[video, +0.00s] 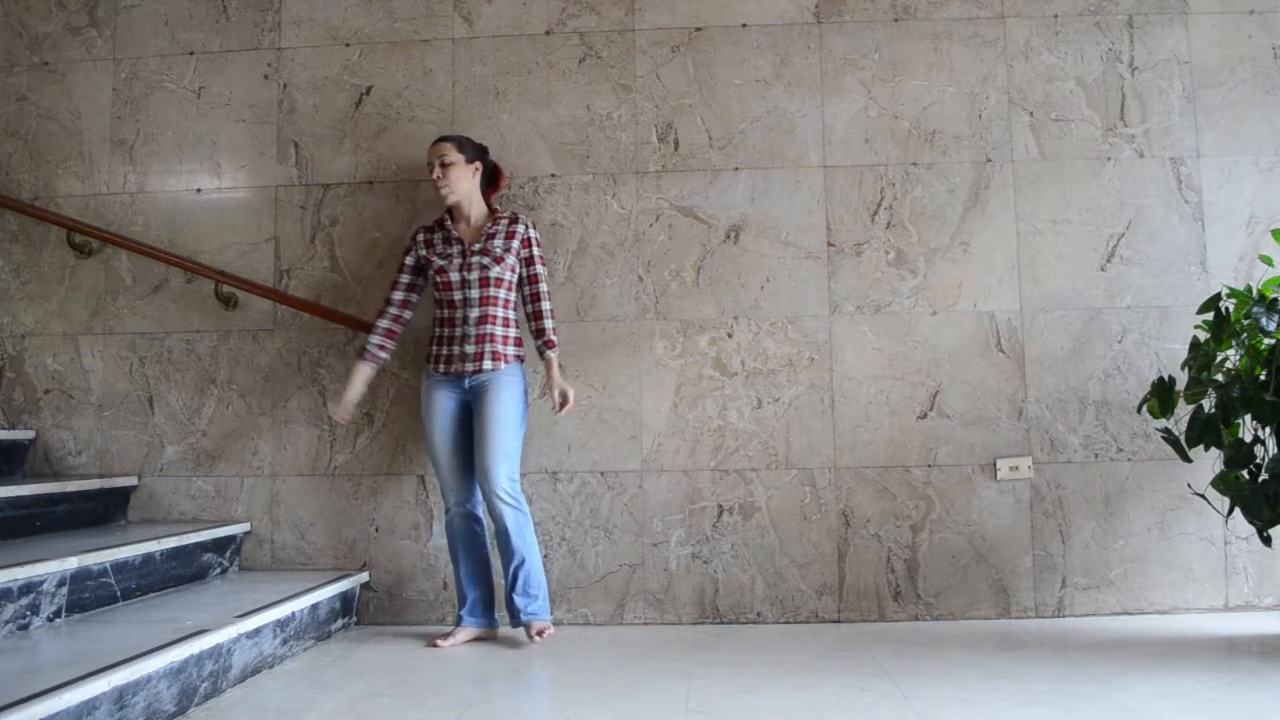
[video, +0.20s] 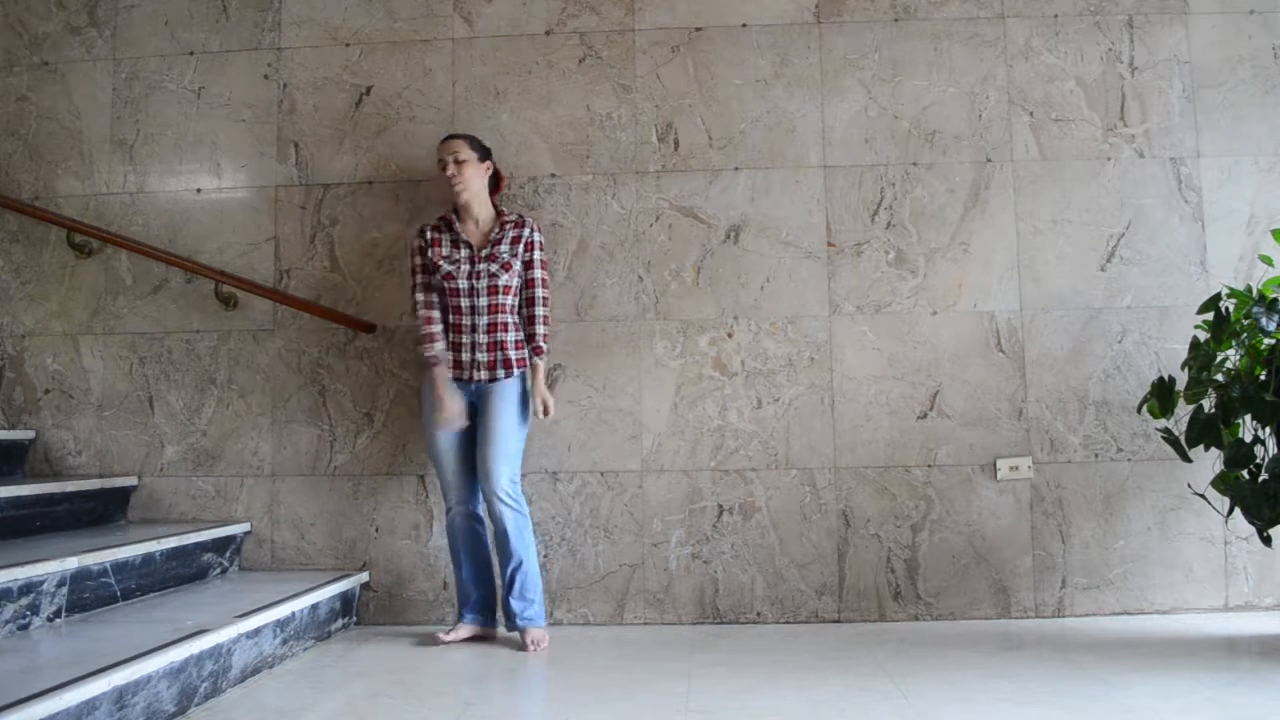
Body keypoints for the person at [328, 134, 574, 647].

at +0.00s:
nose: (435, 175)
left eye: (444, 165)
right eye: (432, 168)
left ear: (475, 169)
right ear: (433, 177)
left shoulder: (517, 232)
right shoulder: (427, 239)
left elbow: (538, 302)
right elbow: (395, 312)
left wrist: (553, 368)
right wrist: (355, 383)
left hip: (499, 372)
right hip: (442, 376)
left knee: (499, 487)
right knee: (457, 499)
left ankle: (533, 610)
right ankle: (475, 617)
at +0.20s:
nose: (450, 170)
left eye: (460, 161)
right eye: (444, 165)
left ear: (489, 170)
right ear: (440, 178)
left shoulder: (523, 232)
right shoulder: (429, 237)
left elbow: (536, 305)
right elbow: (427, 312)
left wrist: (539, 376)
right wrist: (442, 382)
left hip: (505, 376)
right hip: (448, 378)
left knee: (499, 486)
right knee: (459, 499)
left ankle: (529, 616)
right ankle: (476, 615)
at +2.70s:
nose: (621, 171)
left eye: (626, 162)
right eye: (617, 156)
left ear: (579, 151)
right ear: (584, 142)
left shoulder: (528, 201)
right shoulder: (570, 194)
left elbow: (487, 273)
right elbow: (617, 275)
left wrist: (461, 345)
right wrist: (648, 254)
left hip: (511, 363)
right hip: (545, 360)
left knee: (534, 494)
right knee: (593, 483)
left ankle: (498, 626)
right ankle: (627, 620)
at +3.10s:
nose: (656, 167)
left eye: (661, 159)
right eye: (652, 152)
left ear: (615, 146)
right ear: (619, 138)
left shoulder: (555, 194)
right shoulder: (604, 192)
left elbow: (507, 257)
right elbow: (669, 257)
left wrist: (514, 327)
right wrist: (749, 270)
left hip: (540, 357)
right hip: (583, 354)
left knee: (565, 487)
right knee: (614, 487)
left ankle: (524, 625)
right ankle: (620, 624)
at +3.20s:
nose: (656, 171)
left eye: (661, 162)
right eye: (652, 155)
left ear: (616, 149)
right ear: (619, 142)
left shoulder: (557, 198)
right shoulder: (599, 196)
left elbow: (522, 278)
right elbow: (660, 263)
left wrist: (551, 325)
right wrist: (739, 311)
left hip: (536, 364)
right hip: (577, 360)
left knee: (565, 489)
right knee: (633, 478)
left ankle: (523, 628)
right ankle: (626, 622)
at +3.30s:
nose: (659, 170)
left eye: (663, 161)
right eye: (655, 156)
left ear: (620, 151)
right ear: (620, 144)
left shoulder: (566, 199)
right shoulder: (599, 198)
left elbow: (558, 288)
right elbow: (641, 285)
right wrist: (691, 368)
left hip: (540, 361)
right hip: (574, 360)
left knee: (564, 491)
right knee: (641, 472)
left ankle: (522, 629)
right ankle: (636, 618)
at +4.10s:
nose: (692, 150)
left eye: (696, 140)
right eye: (684, 137)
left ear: (682, 139)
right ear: (647, 131)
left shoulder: (672, 194)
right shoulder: (608, 181)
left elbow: (680, 262)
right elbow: (551, 243)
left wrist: (721, 230)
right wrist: (556, 165)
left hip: (672, 348)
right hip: (624, 345)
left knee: (700, 465)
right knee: (640, 473)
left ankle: (670, 601)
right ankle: (618, 619)